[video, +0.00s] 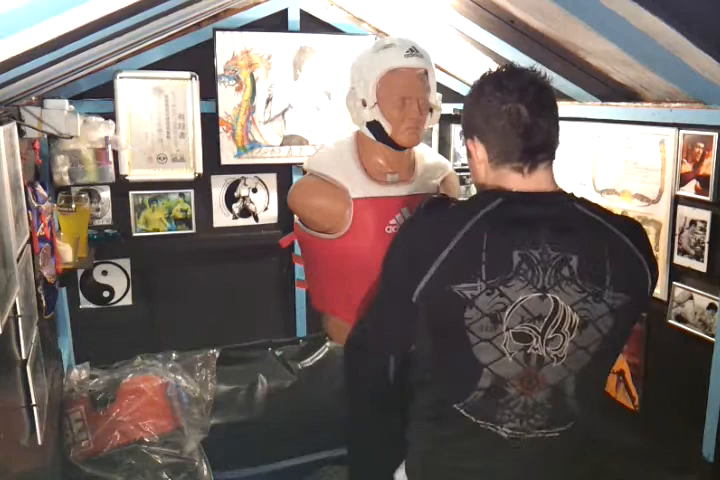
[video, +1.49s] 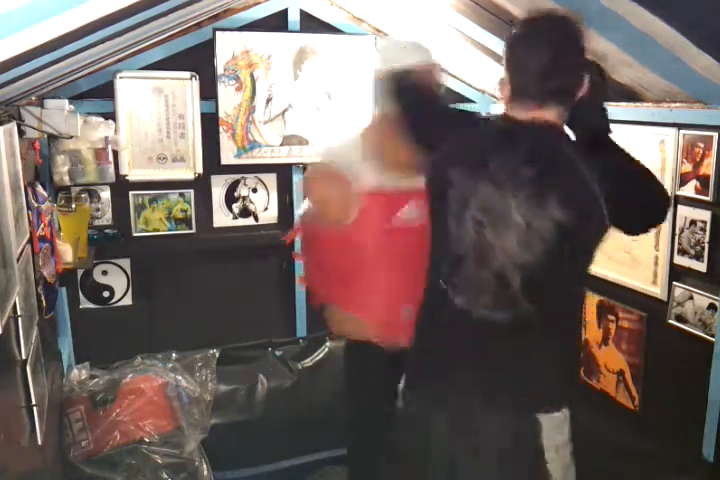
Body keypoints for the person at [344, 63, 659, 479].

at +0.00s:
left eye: (465, 143)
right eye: (400, 104)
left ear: (476, 153)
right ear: (553, 142)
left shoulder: (435, 232)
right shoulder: (626, 243)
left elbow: (369, 355)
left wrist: (376, 465)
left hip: (451, 457)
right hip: (568, 459)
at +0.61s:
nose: (466, 159)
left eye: (465, 148)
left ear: (476, 154)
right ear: (551, 143)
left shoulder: (440, 235)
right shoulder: (624, 238)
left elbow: (372, 359)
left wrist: (378, 467)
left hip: (455, 461)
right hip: (566, 463)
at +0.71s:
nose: (467, 158)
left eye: (465, 146)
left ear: (477, 153)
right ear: (551, 142)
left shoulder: (437, 237)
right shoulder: (624, 236)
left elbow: (372, 345)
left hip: (458, 461)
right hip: (567, 462)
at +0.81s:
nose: (468, 158)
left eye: (466, 146)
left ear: (477, 152)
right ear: (556, 141)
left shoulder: (443, 234)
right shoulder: (618, 229)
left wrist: (421, 188)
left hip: (463, 459)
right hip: (567, 458)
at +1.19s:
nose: (451, 171)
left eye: (453, 161)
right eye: (451, 162)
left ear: (466, 172)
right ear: (536, 160)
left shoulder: (460, 262)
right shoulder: (579, 236)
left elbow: (397, 319)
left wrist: (429, 217)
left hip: (472, 447)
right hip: (554, 440)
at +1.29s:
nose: (457, 165)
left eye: (460, 155)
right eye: (459, 155)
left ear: (471, 165)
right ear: (539, 163)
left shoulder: (456, 271)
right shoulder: (579, 242)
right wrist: (466, 240)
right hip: (545, 452)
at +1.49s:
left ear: (505, 82)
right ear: (580, 90)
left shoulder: (459, 145)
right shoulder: (590, 177)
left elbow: (415, 105)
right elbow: (651, 209)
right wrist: (594, 131)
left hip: (439, 379)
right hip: (531, 396)